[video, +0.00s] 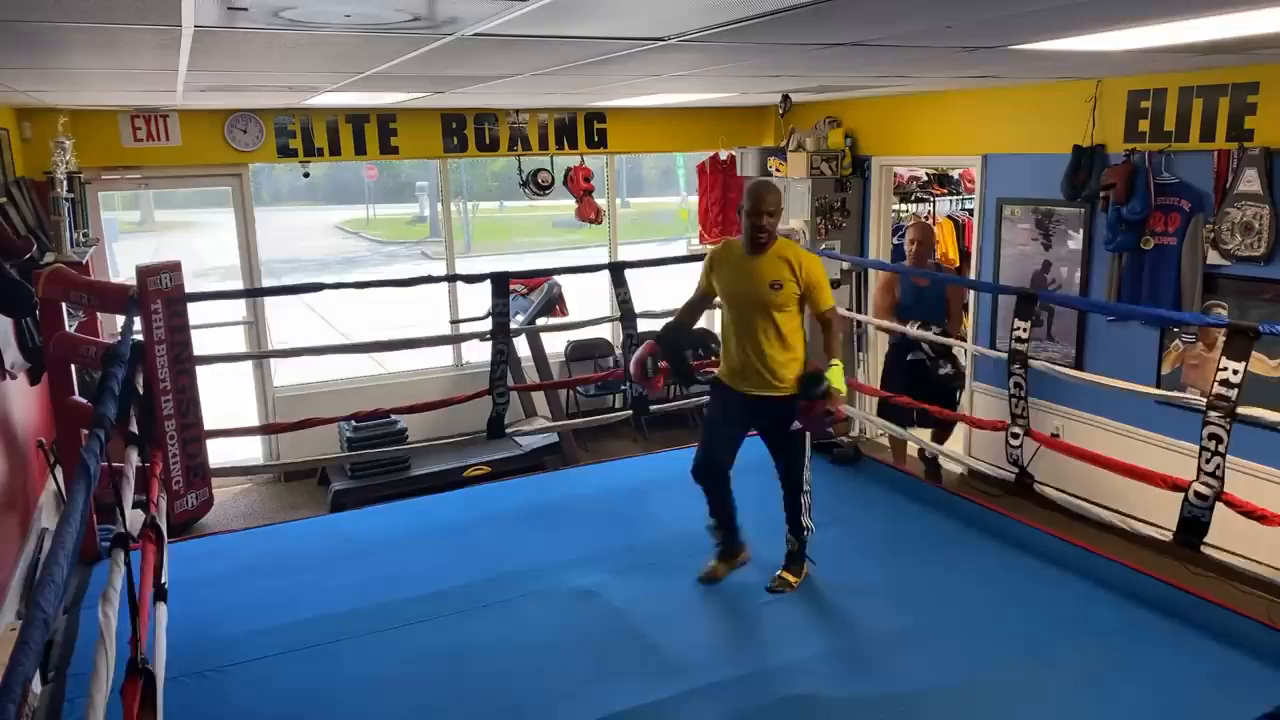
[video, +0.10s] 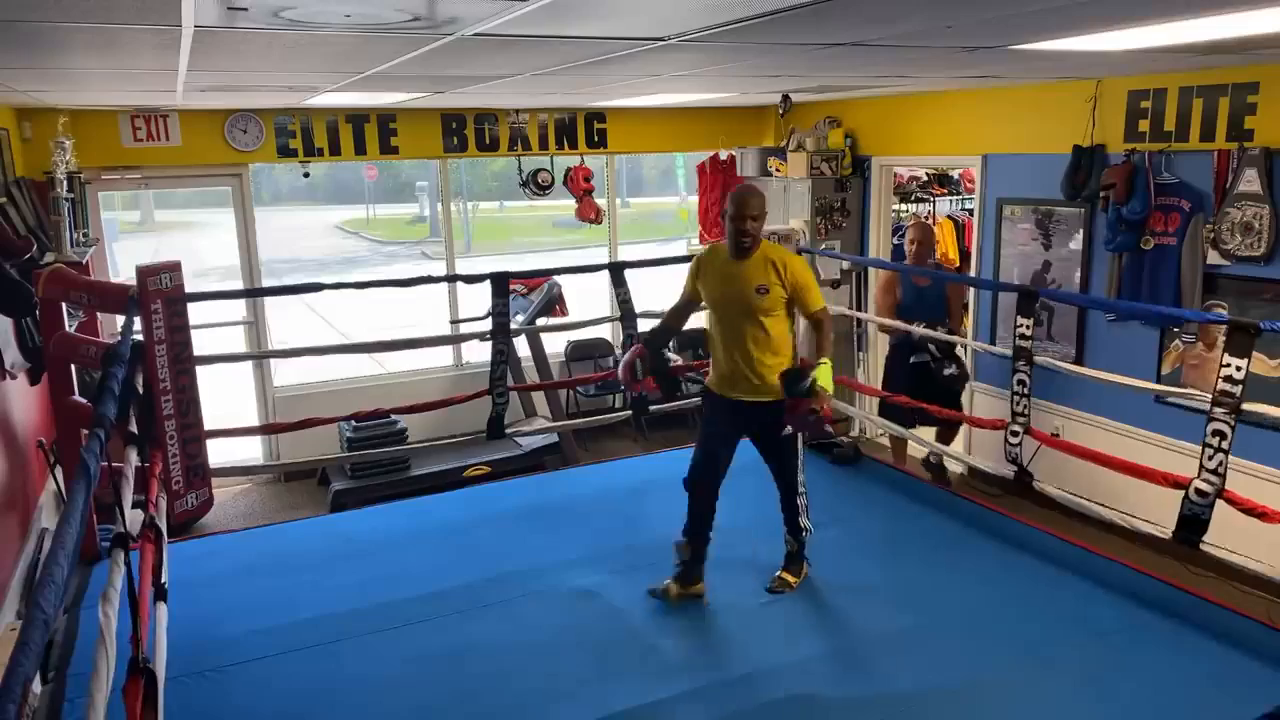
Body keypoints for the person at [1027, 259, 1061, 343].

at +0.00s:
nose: (1049, 270)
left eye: (1049, 268)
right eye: (1048, 268)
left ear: (1045, 267)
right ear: (1044, 267)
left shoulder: (1043, 277)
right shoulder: (1038, 276)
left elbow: (1044, 290)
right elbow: (1042, 289)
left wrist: (1056, 288)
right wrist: (1050, 283)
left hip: (1039, 299)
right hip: (1034, 300)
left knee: (1051, 309)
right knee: (1051, 309)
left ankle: (1049, 334)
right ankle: (1048, 334)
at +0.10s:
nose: (1049, 270)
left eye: (1050, 268)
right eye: (1048, 268)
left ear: (1044, 267)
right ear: (1045, 267)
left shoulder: (1043, 277)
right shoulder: (1039, 276)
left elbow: (1044, 289)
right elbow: (1043, 289)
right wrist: (1051, 283)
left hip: (1036, 298)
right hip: (1033, 299)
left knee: (1051, 309)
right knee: (1050, 309)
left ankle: (1049, 334)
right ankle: (1049, 334)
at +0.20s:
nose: (1049, 270)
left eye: (1050, 268)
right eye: (1048, 268)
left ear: (1046, 267)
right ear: (1044, 267)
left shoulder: (1044, 277)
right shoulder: (1038, 275)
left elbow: (1044, 290)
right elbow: (1042, 289)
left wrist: (1056, 288)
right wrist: (1051, 283)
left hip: (1037, 299)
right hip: (1031, 299)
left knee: (1051, 309)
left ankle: (1049, 334)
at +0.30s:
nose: (1049, 270)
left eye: (1050, 268)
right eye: (1048, 268)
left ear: (1045, 267)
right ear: (1044, 267)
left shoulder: (1043, 277)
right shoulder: (1039, 276)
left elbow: (1044, 290)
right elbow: (1042, 289)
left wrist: (1056, 289)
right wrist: (1051, 283)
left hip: (1038, 299)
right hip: (1034, 300)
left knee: (1051, 309)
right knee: (1050, 309)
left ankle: (1049, 334)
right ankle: (1049, 334)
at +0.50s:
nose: (1049, 270)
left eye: (1050, 268)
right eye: (1049, 268)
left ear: (1045, 267)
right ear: (1045, 267)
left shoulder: (1041, 276)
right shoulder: (1041, 277)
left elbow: (1043, 288)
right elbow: (1043, 289)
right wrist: (1051, 283)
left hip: (1039, 298)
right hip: (1038, 299)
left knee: (1051, 309)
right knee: (1051, 309)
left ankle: (1049, 334)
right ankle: (1049, 334)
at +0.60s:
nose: (1049, 270)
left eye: (1050, 268)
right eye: (1049, 268)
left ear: (1043, 267)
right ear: (1045, 267)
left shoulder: (1039, 275)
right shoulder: (1041, 275)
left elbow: (1044, 287)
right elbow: (1044, 288)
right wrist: (1053, 285)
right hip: (1037, 299)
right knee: (1051, 309)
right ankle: (1049, 334)